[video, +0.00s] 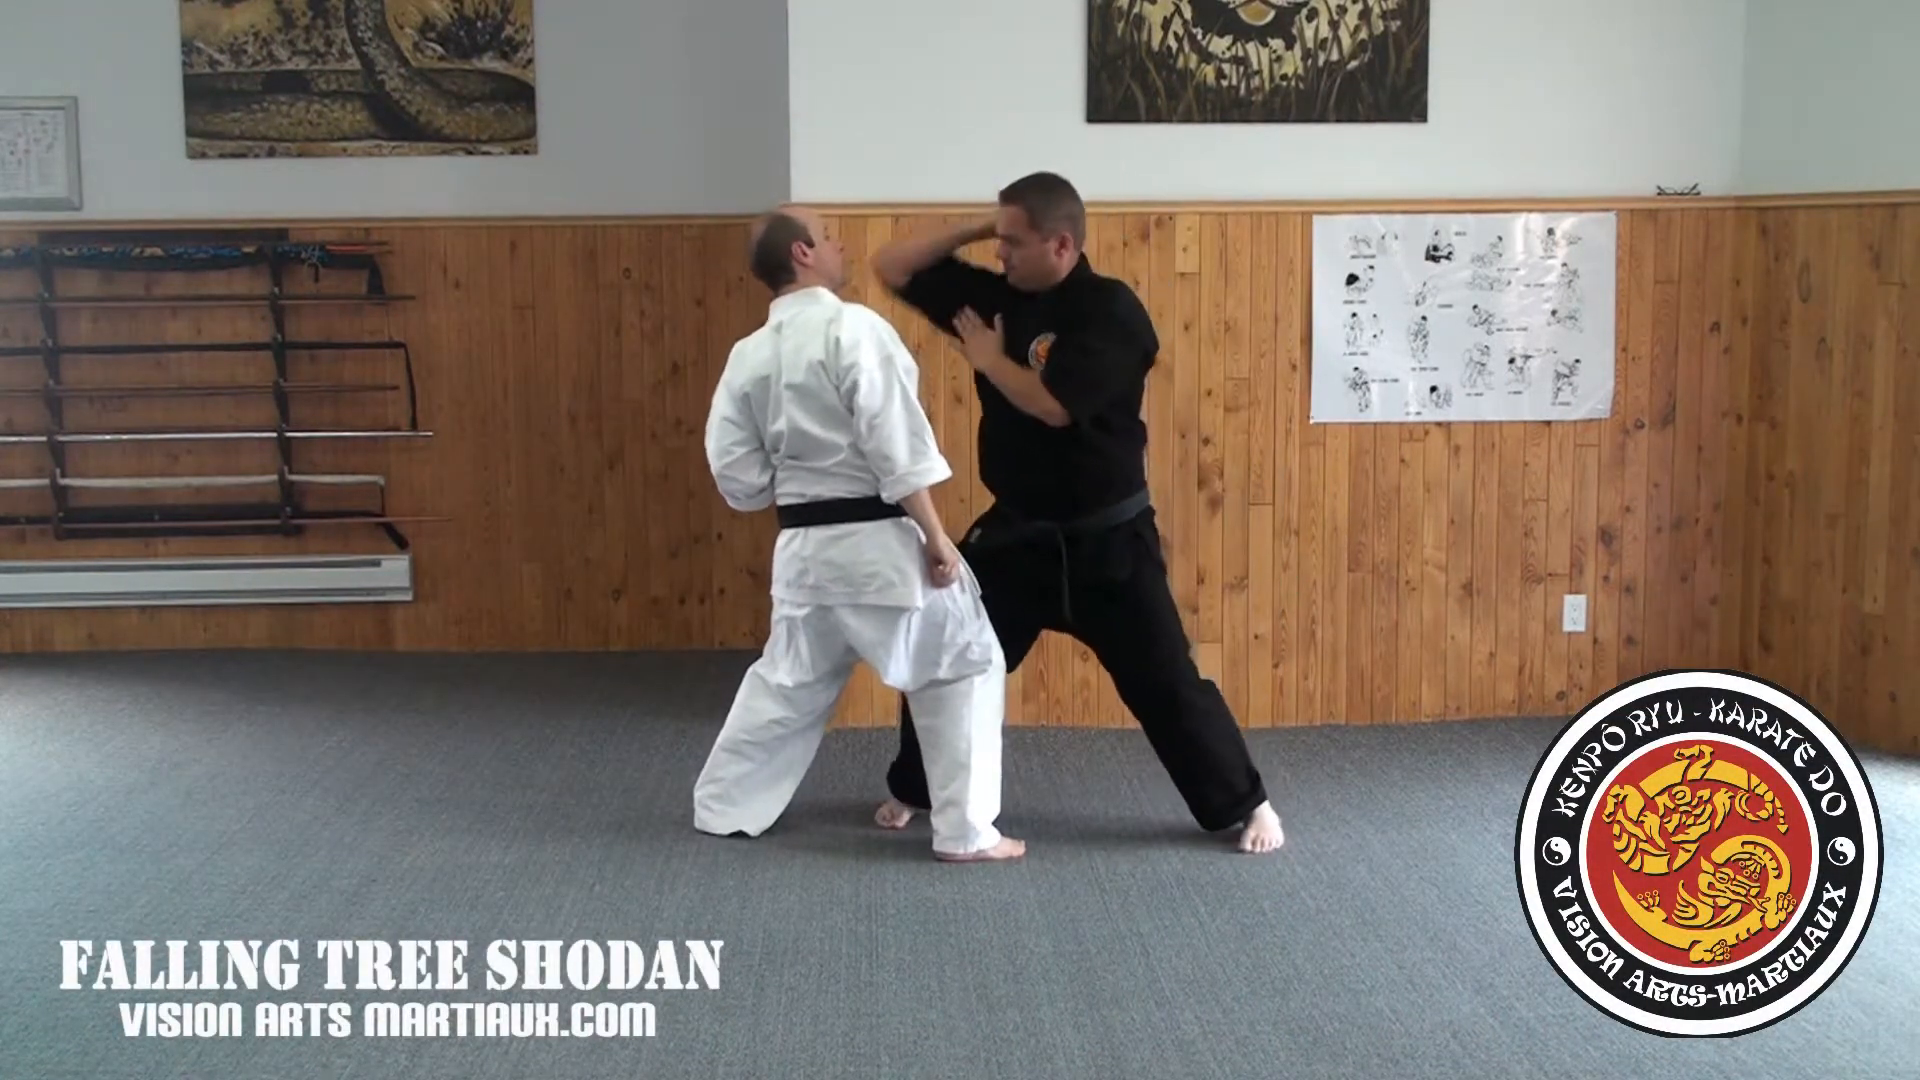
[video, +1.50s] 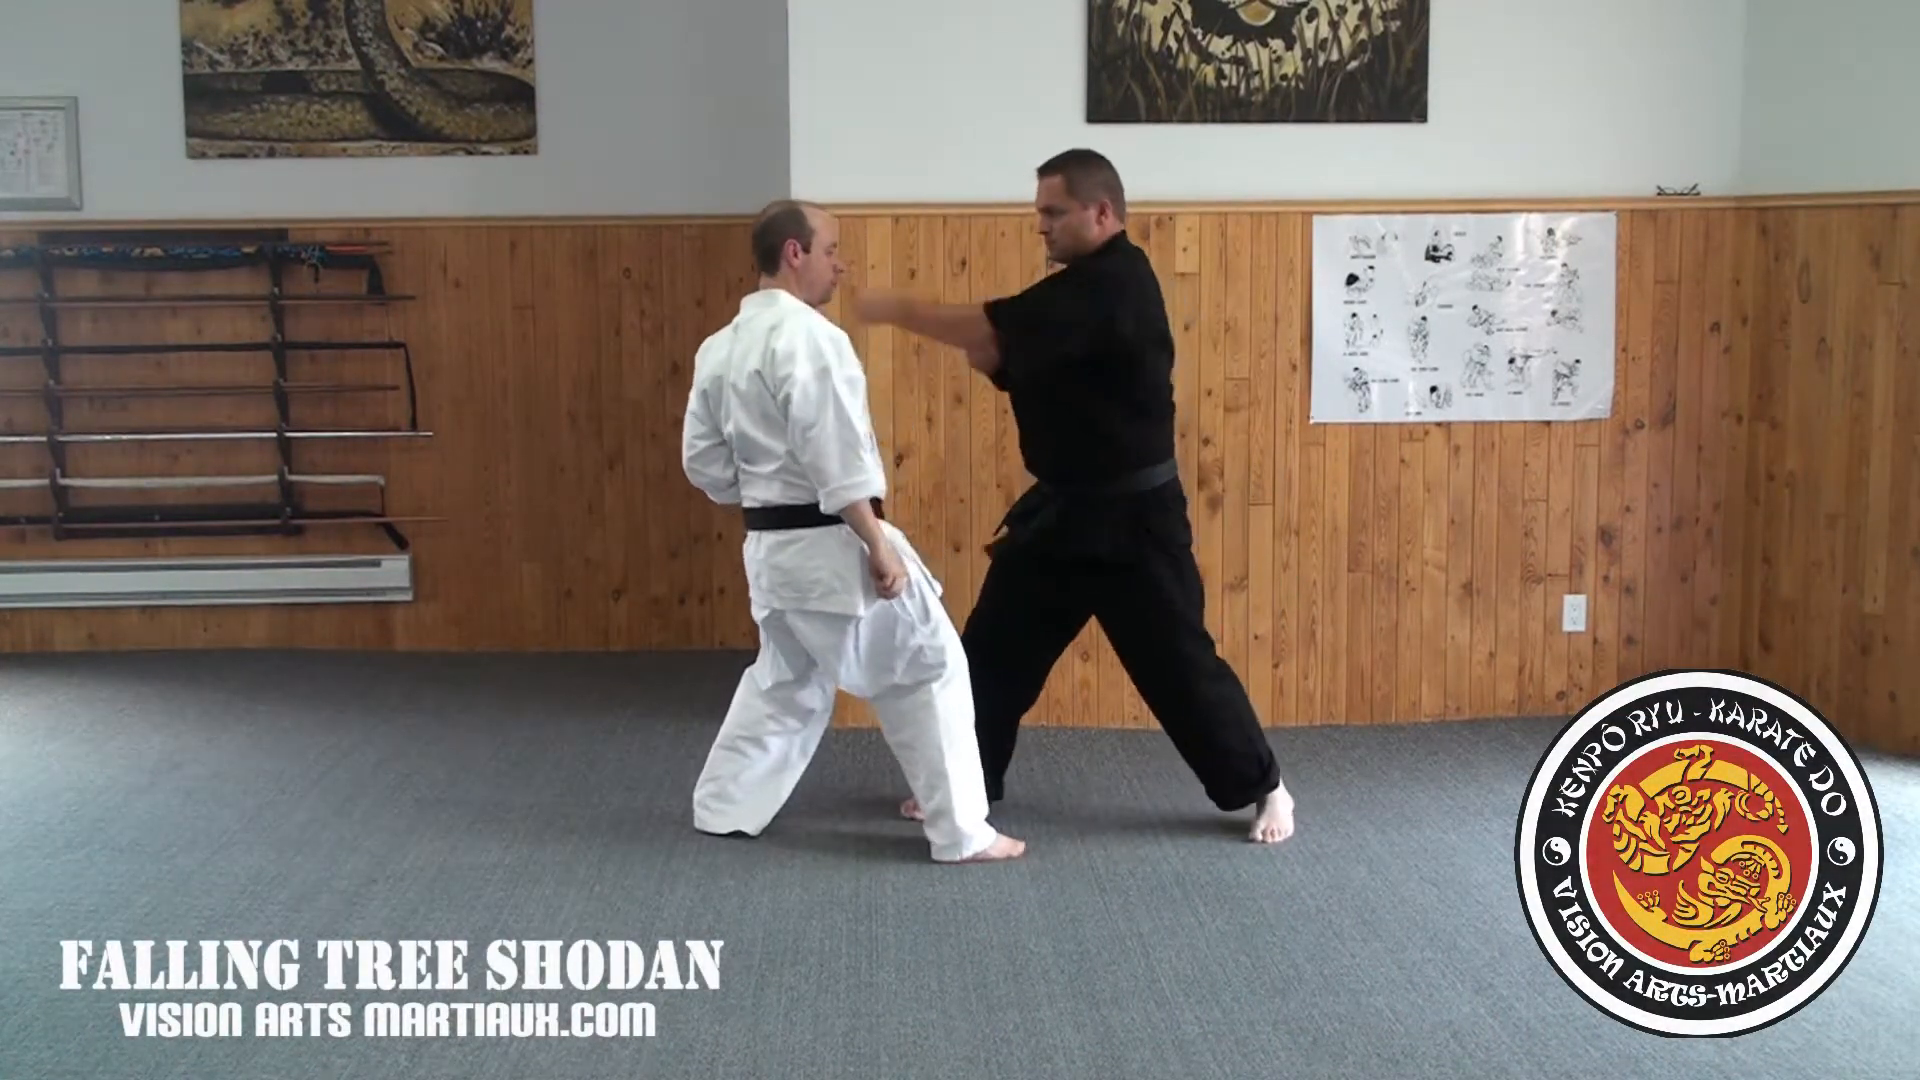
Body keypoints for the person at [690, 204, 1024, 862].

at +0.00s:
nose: (839, 247)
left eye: (831, 237)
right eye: (828, 239)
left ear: (780, 267)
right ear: (803, 257)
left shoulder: (749, 353)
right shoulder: (856, 329)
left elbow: (735, 474)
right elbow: (894, 444)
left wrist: (799, 487)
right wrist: (934, 533)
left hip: (801, 547)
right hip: (880, 540)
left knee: (787, 679)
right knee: (965, 666)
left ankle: (721, 807)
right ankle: (965, 830)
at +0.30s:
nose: (836, 258)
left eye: (829, 247)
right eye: (825, 248)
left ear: (775, 269)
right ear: (799, 259)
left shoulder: (739, 360)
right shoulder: (847, 334)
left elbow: (730, 482)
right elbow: (890, 447)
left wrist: (795, 493)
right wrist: (932, 534)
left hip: (799, 551)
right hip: (878, 543)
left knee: (788, 681)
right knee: (963, 666)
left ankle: (722, 807)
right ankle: (965, 829)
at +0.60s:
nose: (849, 262)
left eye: (845, 249)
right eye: (841, 249)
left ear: (784, 261)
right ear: (809, 256)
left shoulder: (738, 353)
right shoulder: (841, 336)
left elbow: (726, 473)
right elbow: (875, 449)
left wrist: (793, 494)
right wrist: (919, 534)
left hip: (792, 551)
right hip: (867, 547)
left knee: (786, 677)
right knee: (956, 664)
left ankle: (722, 806)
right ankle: (965, 830)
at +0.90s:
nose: (855, 269)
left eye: (853, 254)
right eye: (847, 254)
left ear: (787, 262)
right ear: (812, 258)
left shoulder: (734, 352)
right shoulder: (836, 337)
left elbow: (722, 473)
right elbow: (870, 449)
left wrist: (789, 498)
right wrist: (910, 535)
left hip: (787, 552)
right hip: (862, 548)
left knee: (786, 678)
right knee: (951, 664)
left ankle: (721, 806)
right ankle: (964, 830)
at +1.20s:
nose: (847, 270)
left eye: (846, 256)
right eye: (839, 255)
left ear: (783, 261)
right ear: (802, 258)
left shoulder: (724, 352)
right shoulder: (826, 339)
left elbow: (710, 467)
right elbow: (854, 453)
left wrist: (773, 502)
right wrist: (896, 539)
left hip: (776, 550)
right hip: (848, 546)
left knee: (784, 677)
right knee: (941, 663)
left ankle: (721, 807)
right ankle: (963, 830)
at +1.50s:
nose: (839, 267)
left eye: (838, 253)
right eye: (830, 253)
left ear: (779, 257)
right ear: (793, 254)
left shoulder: (716, 349)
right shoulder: (810, 338)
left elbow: (704, 463)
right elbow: (834, 452)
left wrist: (767, 503)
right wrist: (877, 542)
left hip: (768, 550)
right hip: (834, 545)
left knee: (785, 676)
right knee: (930, 667)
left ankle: (721, 806)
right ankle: (962, 830)